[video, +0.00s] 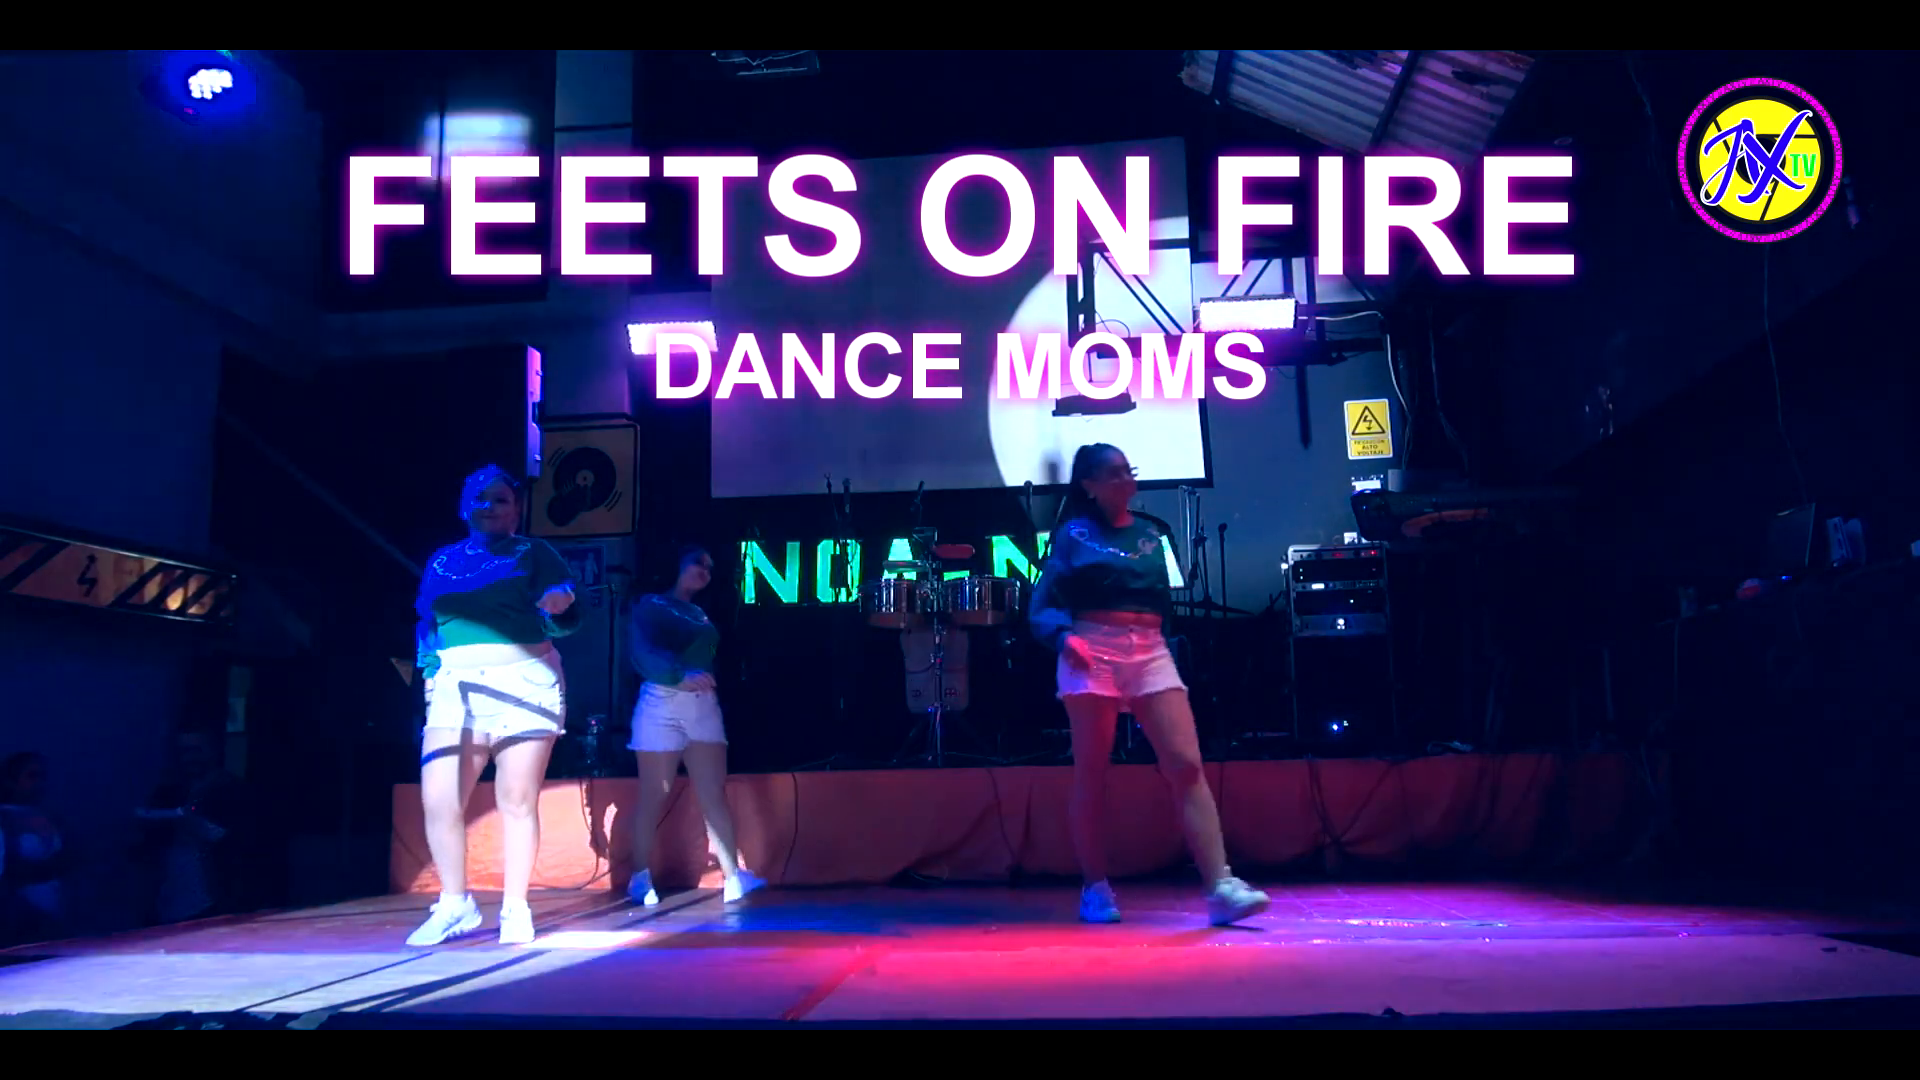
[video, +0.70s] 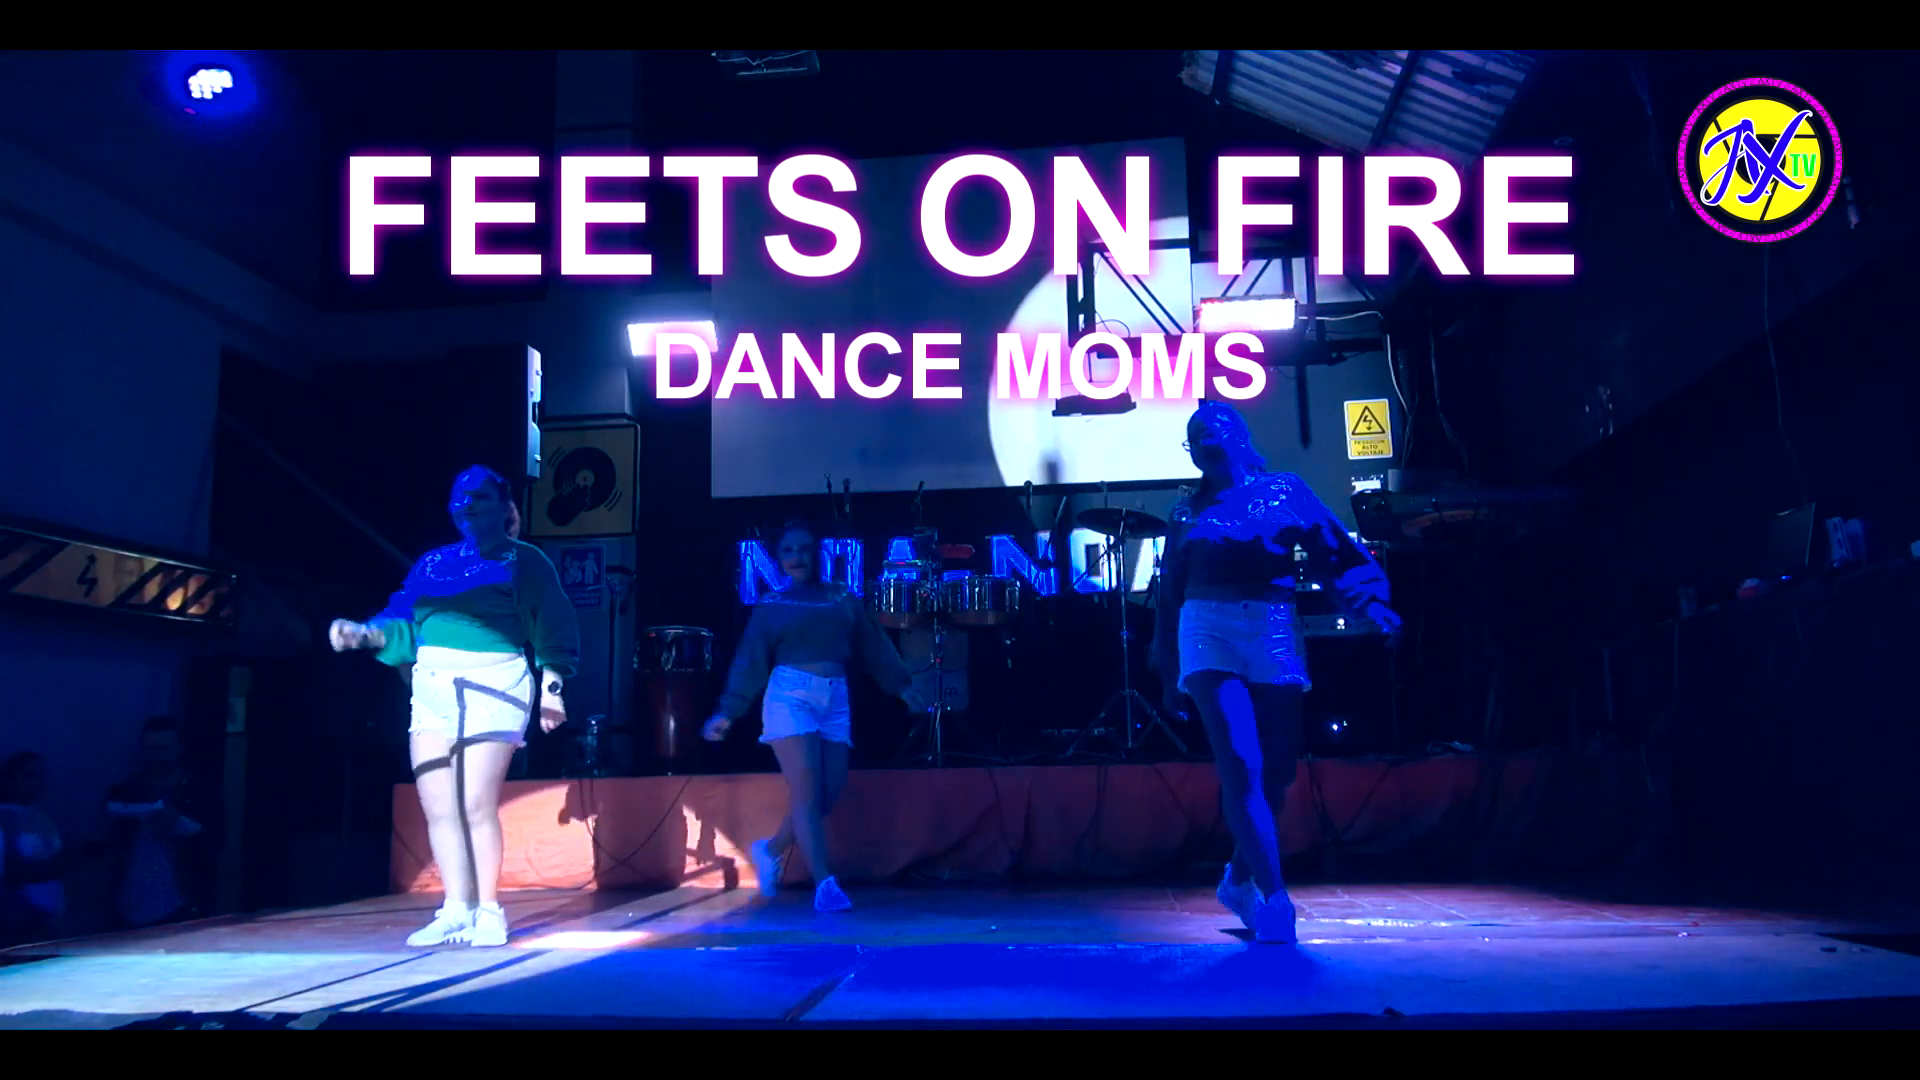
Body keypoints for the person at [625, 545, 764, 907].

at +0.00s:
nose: (705, 573)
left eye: (708, 569)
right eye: (699, 566)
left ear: (706, 577)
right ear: (680, 567)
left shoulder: (700, 615)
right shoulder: (650, 607)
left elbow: (701, 660)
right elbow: (643, 657)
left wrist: (704, 680)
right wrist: (681, 677)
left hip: (703, 704)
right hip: (661, 704)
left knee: (713, 794)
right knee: (654, 794)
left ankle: (733, 876)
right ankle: (641, 877)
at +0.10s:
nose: (724, 574)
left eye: (729, 570)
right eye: (718, 566)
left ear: (730, 579)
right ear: (698, 567)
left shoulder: (720, 617)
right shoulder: (673, 607)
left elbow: (728, 668)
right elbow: (661, 659)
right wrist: (691, 694)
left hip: (728, 704)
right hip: (685, 705)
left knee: (732, 800)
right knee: (677, 802)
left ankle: (736, 883)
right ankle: (647, 869)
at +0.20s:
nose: (738, 572)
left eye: (744, 567)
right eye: (731, 565)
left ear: (748, 573)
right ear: (714, 567)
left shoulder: (745, 619)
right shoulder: (692, 607)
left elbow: (763, 674)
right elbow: (682, 659)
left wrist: (778, 720)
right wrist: (683, 710)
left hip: (751, 702)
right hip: (709, 703)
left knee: (746, 797)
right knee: (729, 796)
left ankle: (737, 882)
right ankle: (680, 837)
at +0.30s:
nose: (749, 573)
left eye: (756, 567)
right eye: (742, 566)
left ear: (763, 572)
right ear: (727, 567)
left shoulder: (766, 616)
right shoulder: (706, 609)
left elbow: (787, 668)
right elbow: (686, 659)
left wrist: (819, 704)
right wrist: (675, 708)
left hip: (765, 704)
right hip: (724, 705)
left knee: (760, 792)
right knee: (771, 776)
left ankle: (740, 881)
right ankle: (716, 827)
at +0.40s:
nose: (756, 562)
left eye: (763, 555)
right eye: (748, 556)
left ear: (773, 560)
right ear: (736, 560)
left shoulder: (786, 608)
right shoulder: (722, 605)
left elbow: (811, 659)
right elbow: (693, 652)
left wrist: (846, 675)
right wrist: (673, 697)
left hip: (781, 701)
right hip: (739, 698)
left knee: (757, 788)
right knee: (790, 764)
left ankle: (739, 876)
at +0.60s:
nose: (776, 563)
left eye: (782, 555)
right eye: (770, 557)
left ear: (797, 557)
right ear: (763, 563)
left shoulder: (825, 601)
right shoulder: (758, 610)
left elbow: (863, 640)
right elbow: (725, 662)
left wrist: (896, 667)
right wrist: (692, 702)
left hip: (816, 702)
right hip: (773, 700)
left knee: (780, 794)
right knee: (791, 794)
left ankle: (746, 873)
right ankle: (819, 882)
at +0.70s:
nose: (797, 557)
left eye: (804, 549)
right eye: (788, 551)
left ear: (818, 553)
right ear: (778, 557)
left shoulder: (843, 601)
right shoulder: (772, 607)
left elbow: (877, 650)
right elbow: (749, 664)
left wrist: (905, 688)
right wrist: (727, 712)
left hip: (835, 698)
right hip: (789, 695)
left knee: (830, 787)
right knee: (805, 787)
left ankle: (771, 850)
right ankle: (825, 883)